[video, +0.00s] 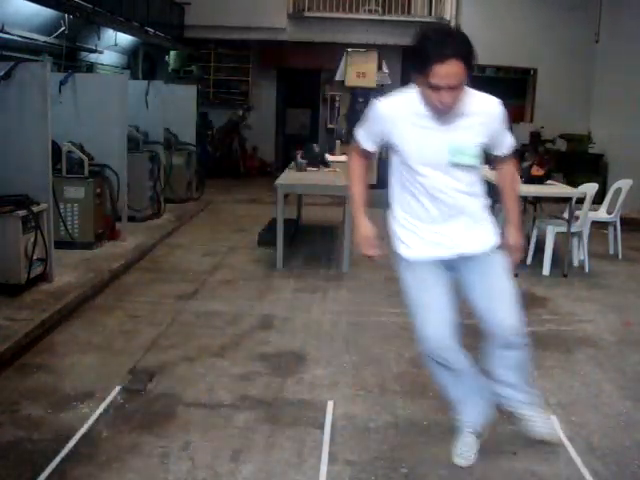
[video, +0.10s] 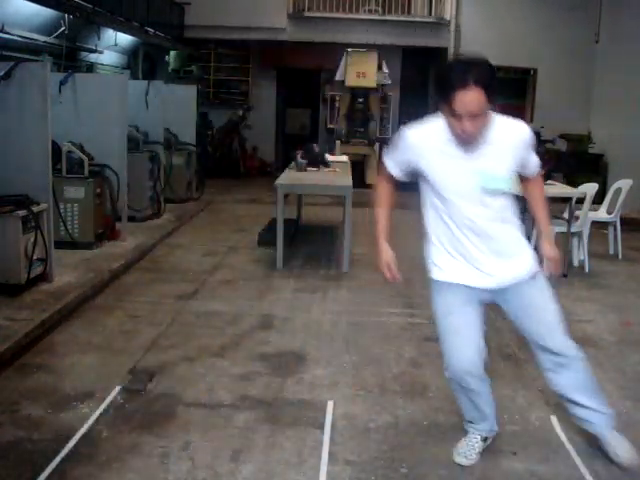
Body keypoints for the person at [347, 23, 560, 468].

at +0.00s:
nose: (444, 98)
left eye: (454, 87)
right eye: (435, 88)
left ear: (467, 76)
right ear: (418, 78)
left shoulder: (488, 111)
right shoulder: (388, 111)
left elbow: (505, 162)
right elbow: (359, 152)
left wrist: (513, 224)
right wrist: (360, 218)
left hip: (478, 240)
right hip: (417, 247)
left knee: (507, 326)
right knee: (435, 339)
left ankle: (519, 399)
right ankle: (472, 414)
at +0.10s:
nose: (466, 126)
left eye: (475, 116)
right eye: (457, 116)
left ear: (490, 105)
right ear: (444, 108)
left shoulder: (515, 135)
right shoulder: (416, 140)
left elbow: (533, 179)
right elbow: (385, 176)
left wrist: (547, 238)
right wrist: (383, 242)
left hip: (515, 269)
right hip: (452, 275)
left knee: (558, 348)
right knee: (462, 366)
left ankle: (603, 428)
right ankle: (480, 428)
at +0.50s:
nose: (420, 94)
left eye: (427, 83)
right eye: (413, 84)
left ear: (457, 73)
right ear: (405, 78)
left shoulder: (493, 114)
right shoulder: (395, 109)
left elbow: (515, 171)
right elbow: (380, 154)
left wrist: (523, 240)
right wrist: (382, 217)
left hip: (480, 249)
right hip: (418, 250)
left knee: (507, 336)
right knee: (428, 340)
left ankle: (531, 418)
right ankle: (453, 418)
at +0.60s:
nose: (387, 82)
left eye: (395, 71)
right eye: (382, 71)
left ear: (427, 63)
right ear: (377, 66)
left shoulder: (468, 106)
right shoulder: (372, 100)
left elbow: (490, 168)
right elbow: (361, 149)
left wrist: (488, 241)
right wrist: (353, 209)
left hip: (444, 243)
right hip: (384, 239)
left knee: (443, 332)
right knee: (377, 324)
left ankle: (447, 413)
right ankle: (396, 403)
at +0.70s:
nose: (355, 92)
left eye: (363, 82)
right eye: (351, 83)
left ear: (396, 77)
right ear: (349, 79)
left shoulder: (437, 123)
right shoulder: (347, 112)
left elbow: (456, 193)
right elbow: (338, 167)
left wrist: (449, 264)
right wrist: (321, 227)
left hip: (411, 259)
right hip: (350, 249)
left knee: (414, 349)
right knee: (308, 320)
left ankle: (429, 424)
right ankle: (301, 394)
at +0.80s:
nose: (321, 98)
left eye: (330, 88)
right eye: (317, 88)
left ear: (360, 85)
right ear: (313, 84)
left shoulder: (395, 133)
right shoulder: (306, 116)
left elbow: (413, 203)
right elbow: (298, 175)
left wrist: (412, 276)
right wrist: (278, 237)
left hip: (368, 266)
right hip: (307, 255)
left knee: (393, 346)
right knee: (259, 328)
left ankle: (430, 423)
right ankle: (236, 404)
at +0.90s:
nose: (284, 86)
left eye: (294, 78)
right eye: (281, 76)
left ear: (324, 74)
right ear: (276, 70)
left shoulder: (351, 124)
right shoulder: (263, 99)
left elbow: (371, 190)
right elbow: (246, 154)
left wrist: (375, 259)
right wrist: (231, 212)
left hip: (318, 250)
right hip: (258, 241)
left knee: (340, 334)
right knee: (239, 324)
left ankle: (387, 415)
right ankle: (238, 400)